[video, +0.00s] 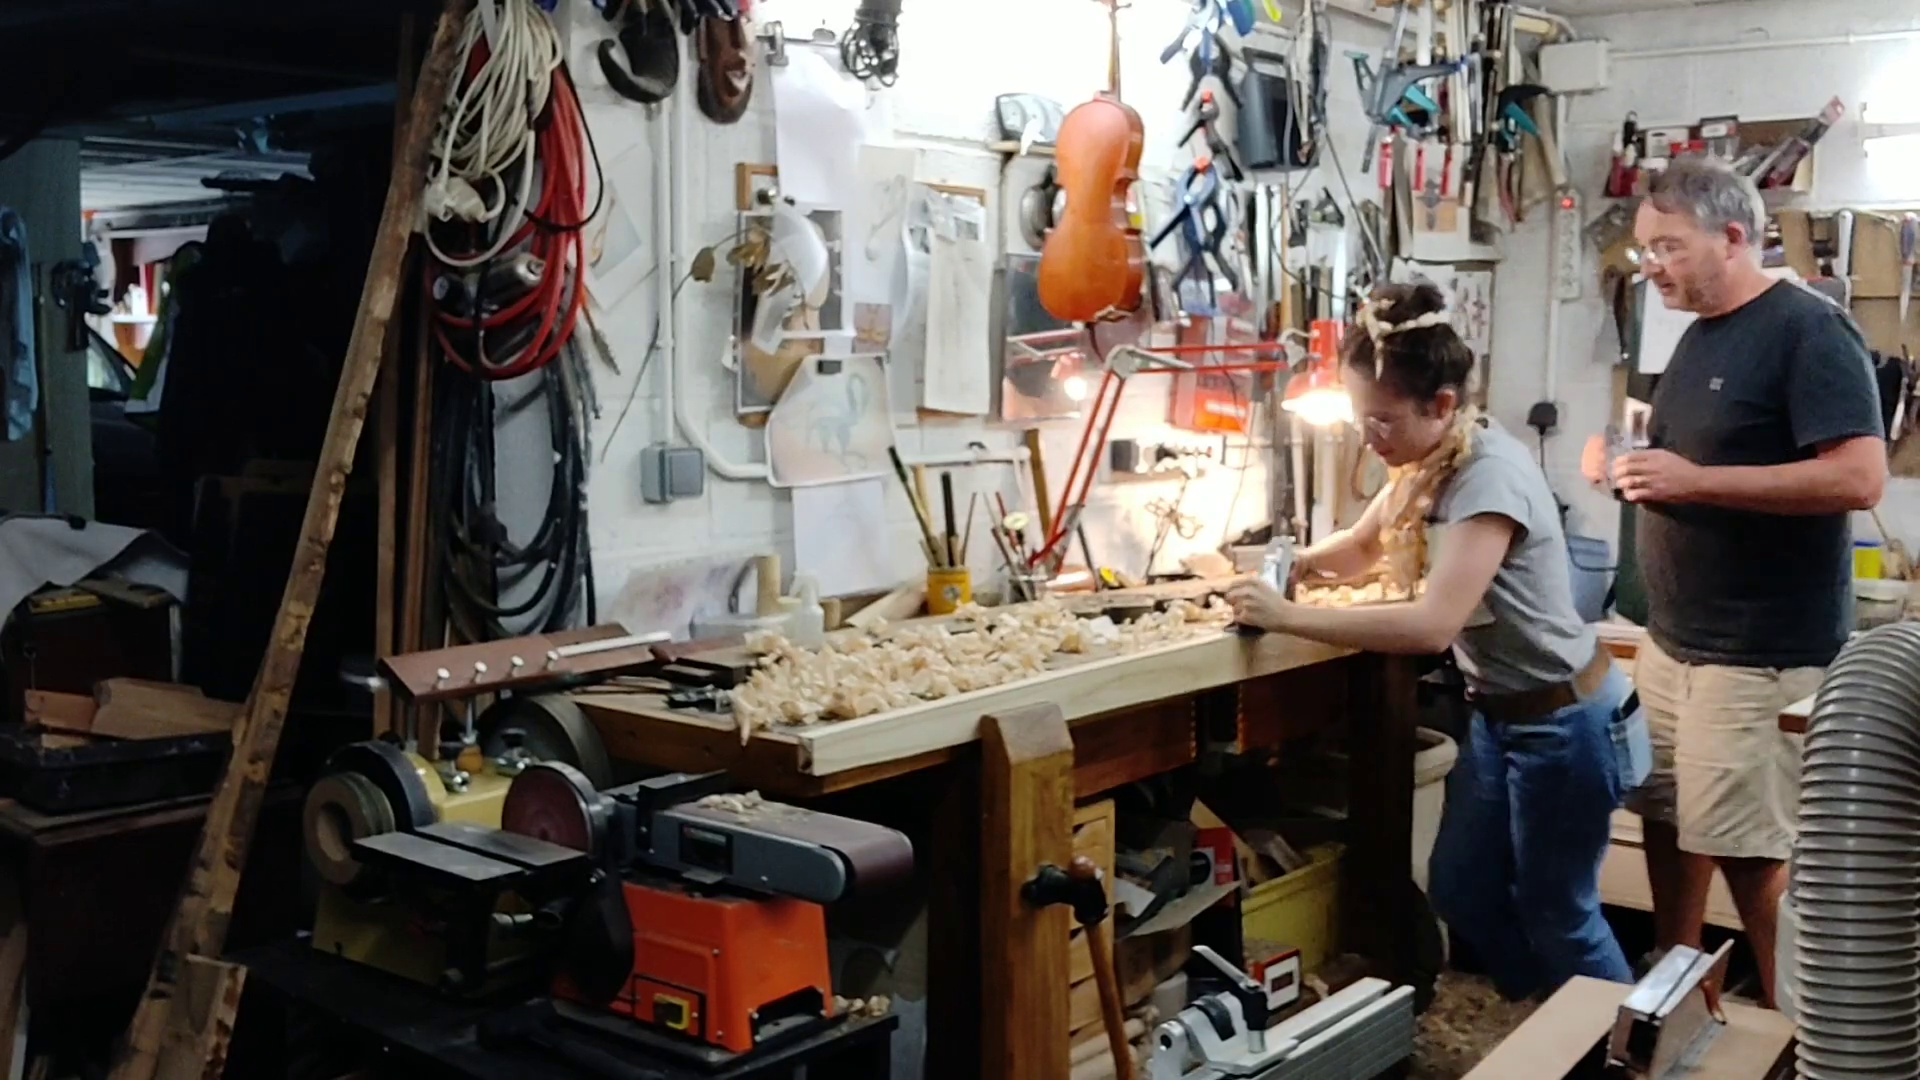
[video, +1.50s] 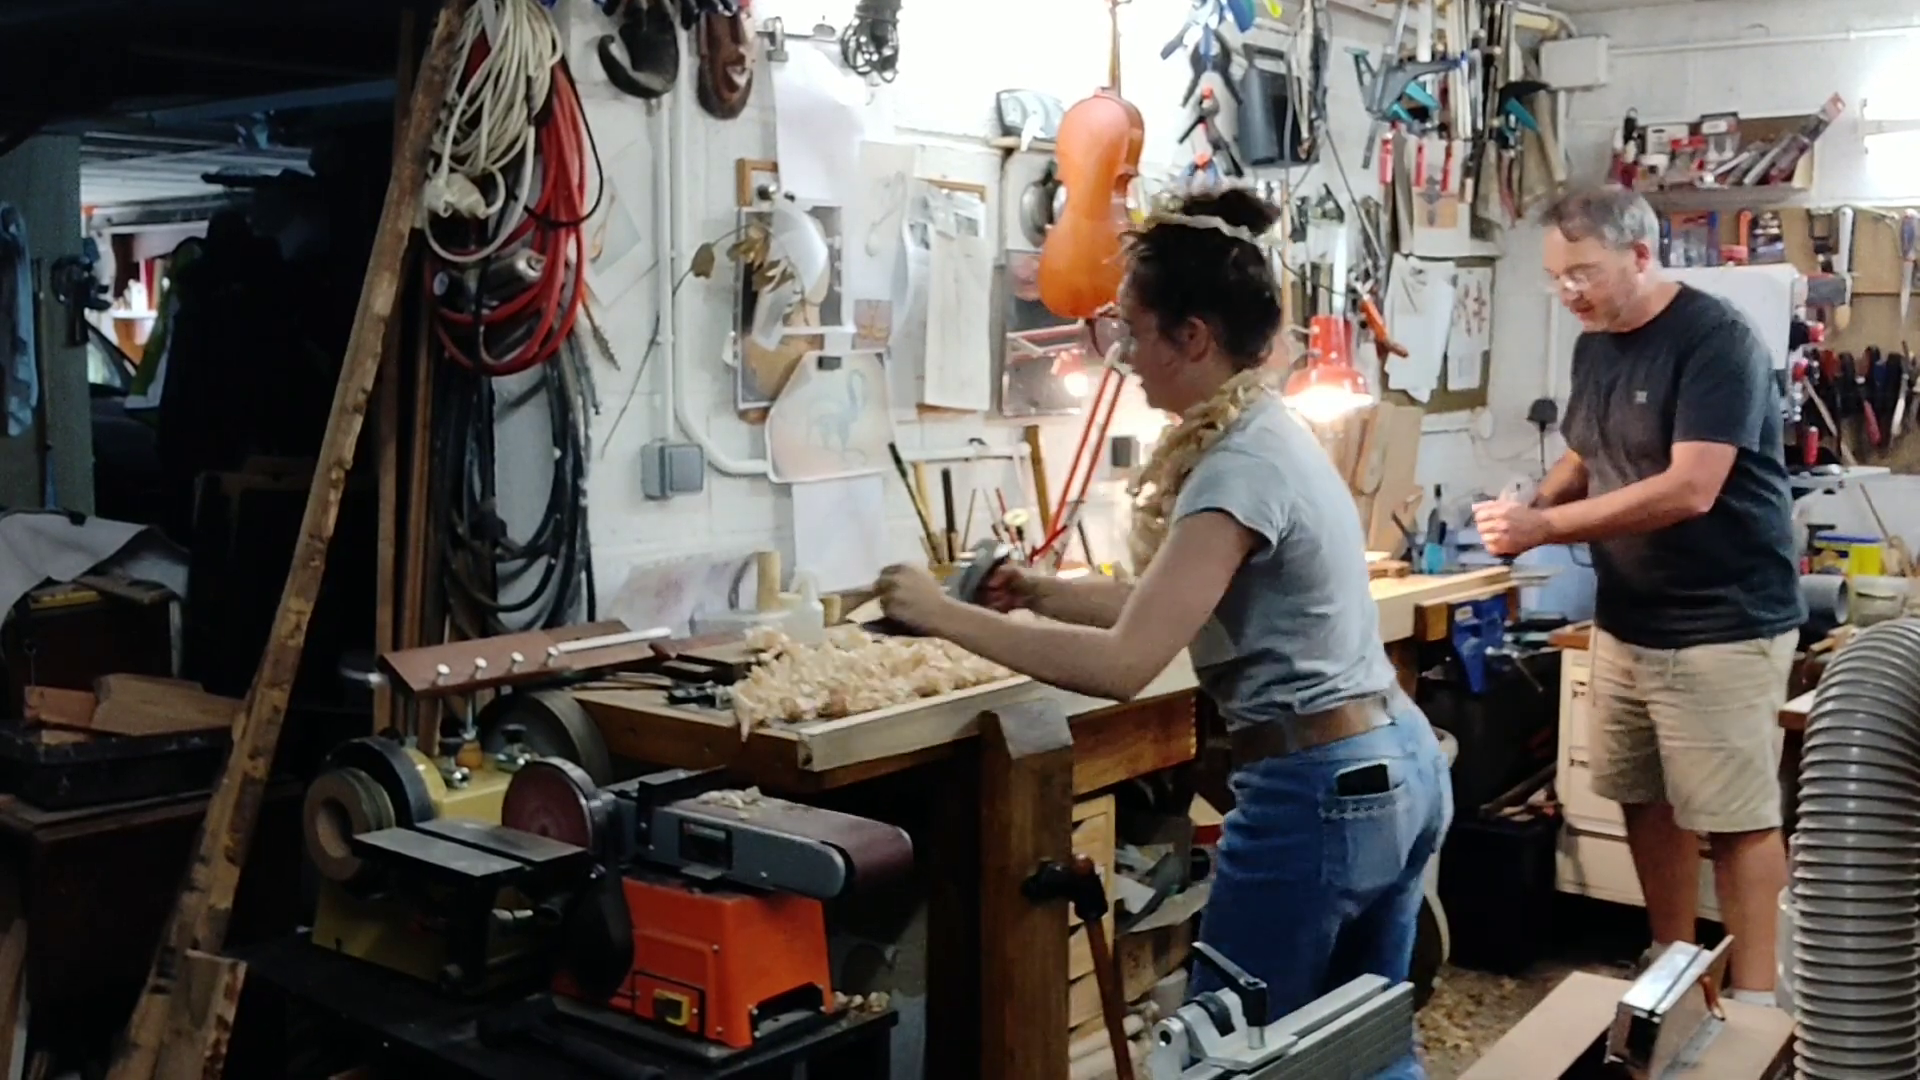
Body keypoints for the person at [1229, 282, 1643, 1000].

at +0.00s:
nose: (1368, 437)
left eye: (1382, 422)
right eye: (1361, 419)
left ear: (1442, 405)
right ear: (1356, 393)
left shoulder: (1492, 475)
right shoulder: (1425, 466)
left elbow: (1433, 624)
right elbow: (1365, 545)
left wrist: (1286, 615)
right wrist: (1292, 563)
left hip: (1563, 726)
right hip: (1492, 719)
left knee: (1560, 915)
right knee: (1462, 892)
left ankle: (1628, 1037)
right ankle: (1546, 1016)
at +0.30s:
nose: (1289, 440)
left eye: (1304, 423)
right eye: (1279, 421)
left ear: (1367, 405)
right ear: (1271, 396)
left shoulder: (1423, 481)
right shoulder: (1344, 470)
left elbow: (1369, 643)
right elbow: (1293, 557)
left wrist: (1219, 633)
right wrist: (1224, 575)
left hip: (1500, 740)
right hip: (1417, 734)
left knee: (1529, 931)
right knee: (1378, 912)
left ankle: (1625, 1043)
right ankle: (1424, 1064)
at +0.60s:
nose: (1185, 452)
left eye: (1199, 434)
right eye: (1177, 432)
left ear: (1266, 413)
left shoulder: (1333, 490)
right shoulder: (1259, 489)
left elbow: (1288, 665)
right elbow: (1196, 574)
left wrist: (1127, 657)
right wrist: (1117, 597)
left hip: (1406, 761)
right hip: (1328, 758)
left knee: (1328, 976)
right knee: (1373, 961)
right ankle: (1440, 1073)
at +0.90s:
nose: (1089, 455)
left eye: (1103, 434)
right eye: (1083, 434)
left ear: (1175, 412)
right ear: (1167, 416)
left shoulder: (1248, 504)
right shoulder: (1195, 490)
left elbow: (1178, 696)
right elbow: (1140, 586)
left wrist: (1005, 680)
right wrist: (1043, 609)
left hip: (1327, 802)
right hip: (1297, 795)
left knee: (1182, 1028)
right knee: (1346, 1017)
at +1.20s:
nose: (1056, 410)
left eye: (1067, 388)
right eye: (1053, 388)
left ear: (1142, 379)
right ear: (1140, 383)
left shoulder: (1199, 490)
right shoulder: (1156, 470)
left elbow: (1050, 676)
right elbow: (1051, 592)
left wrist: (854, 706)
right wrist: (949, 631)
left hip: (1319, 788)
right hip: (1310, 773)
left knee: (1211, 1040)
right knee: (1350, 1023)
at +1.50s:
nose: (1122, 351)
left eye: (1133, 330)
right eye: (1122, 328)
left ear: (1193, 338)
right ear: (1211, 340)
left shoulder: (1240, 463)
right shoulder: (1276, 440)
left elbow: (1125, 661)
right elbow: (1172, 600)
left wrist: (947, 617)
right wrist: (1038, 594)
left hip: (1317, 783)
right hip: (1400, 755)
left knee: (1232, 1045)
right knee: (1374, 1034)